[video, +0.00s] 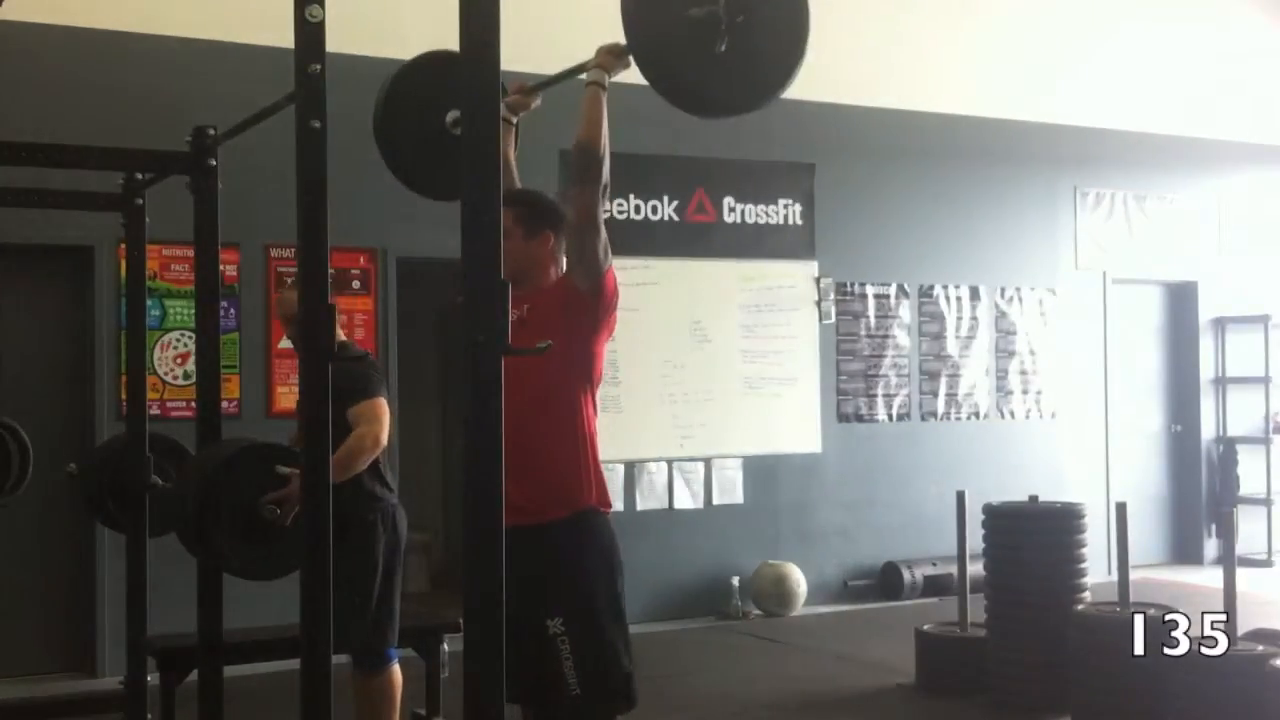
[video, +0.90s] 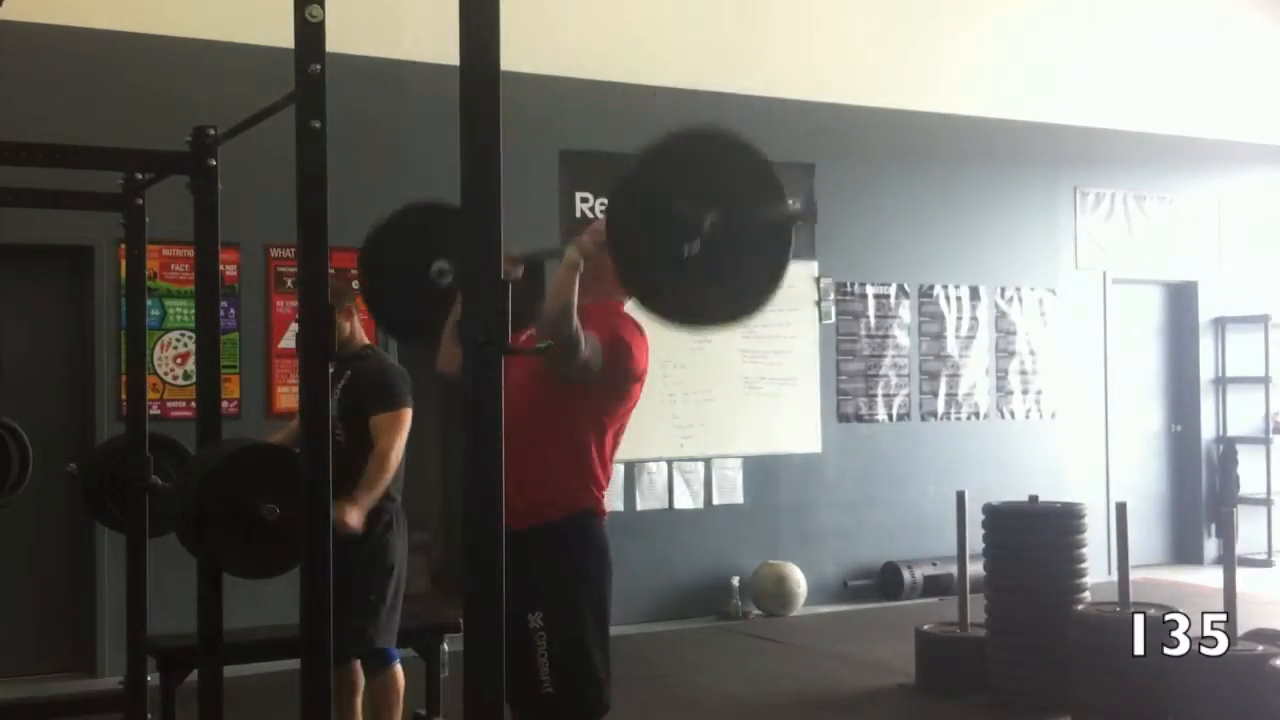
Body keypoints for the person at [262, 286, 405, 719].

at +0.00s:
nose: (289, 337)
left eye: (295, 326)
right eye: (285, 327)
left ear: (323, 320)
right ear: (293, 324)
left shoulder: (354, 366)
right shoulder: (320, 368)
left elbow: (373, 434)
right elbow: (312, 437)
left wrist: (312, 481)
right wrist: (296, 483)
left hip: (370, 515)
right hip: (344, 513)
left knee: (374, 650)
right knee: (362, 648)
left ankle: (385, 719)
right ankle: (369, 718)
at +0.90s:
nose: (320, 330)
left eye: (327, 319)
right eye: (317, 320)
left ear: (351, 316)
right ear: (320, 321)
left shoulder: (384, 375)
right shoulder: (330, 373)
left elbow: (390, 450)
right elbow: (307, 425)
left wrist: (359, 503)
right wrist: (261, 456)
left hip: (375, 527)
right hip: (331, 525)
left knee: (378, 648)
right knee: (339, 648)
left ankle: (388, 719)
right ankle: (347, 719)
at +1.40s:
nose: (334, 320)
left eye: (343, 309)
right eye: (329, 311)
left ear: (369, 312)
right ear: (320, 314)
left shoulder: (397, 368)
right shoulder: (317, 375)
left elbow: (427, 443)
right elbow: (279, 433)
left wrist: (428, 511)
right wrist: (241, 477)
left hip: (391, 520)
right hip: (336, 520)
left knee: (404, 640)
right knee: (353, 643)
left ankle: (418, 716)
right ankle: (350, 717)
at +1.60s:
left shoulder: (407, 368)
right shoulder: (324, 371)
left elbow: (435, 438)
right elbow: (286, 423)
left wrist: (444, 512)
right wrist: (243, 465)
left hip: (404, 519)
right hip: (344, 520)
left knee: (434, 638)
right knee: (356, 642)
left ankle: (454, 711)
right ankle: (351, 714)